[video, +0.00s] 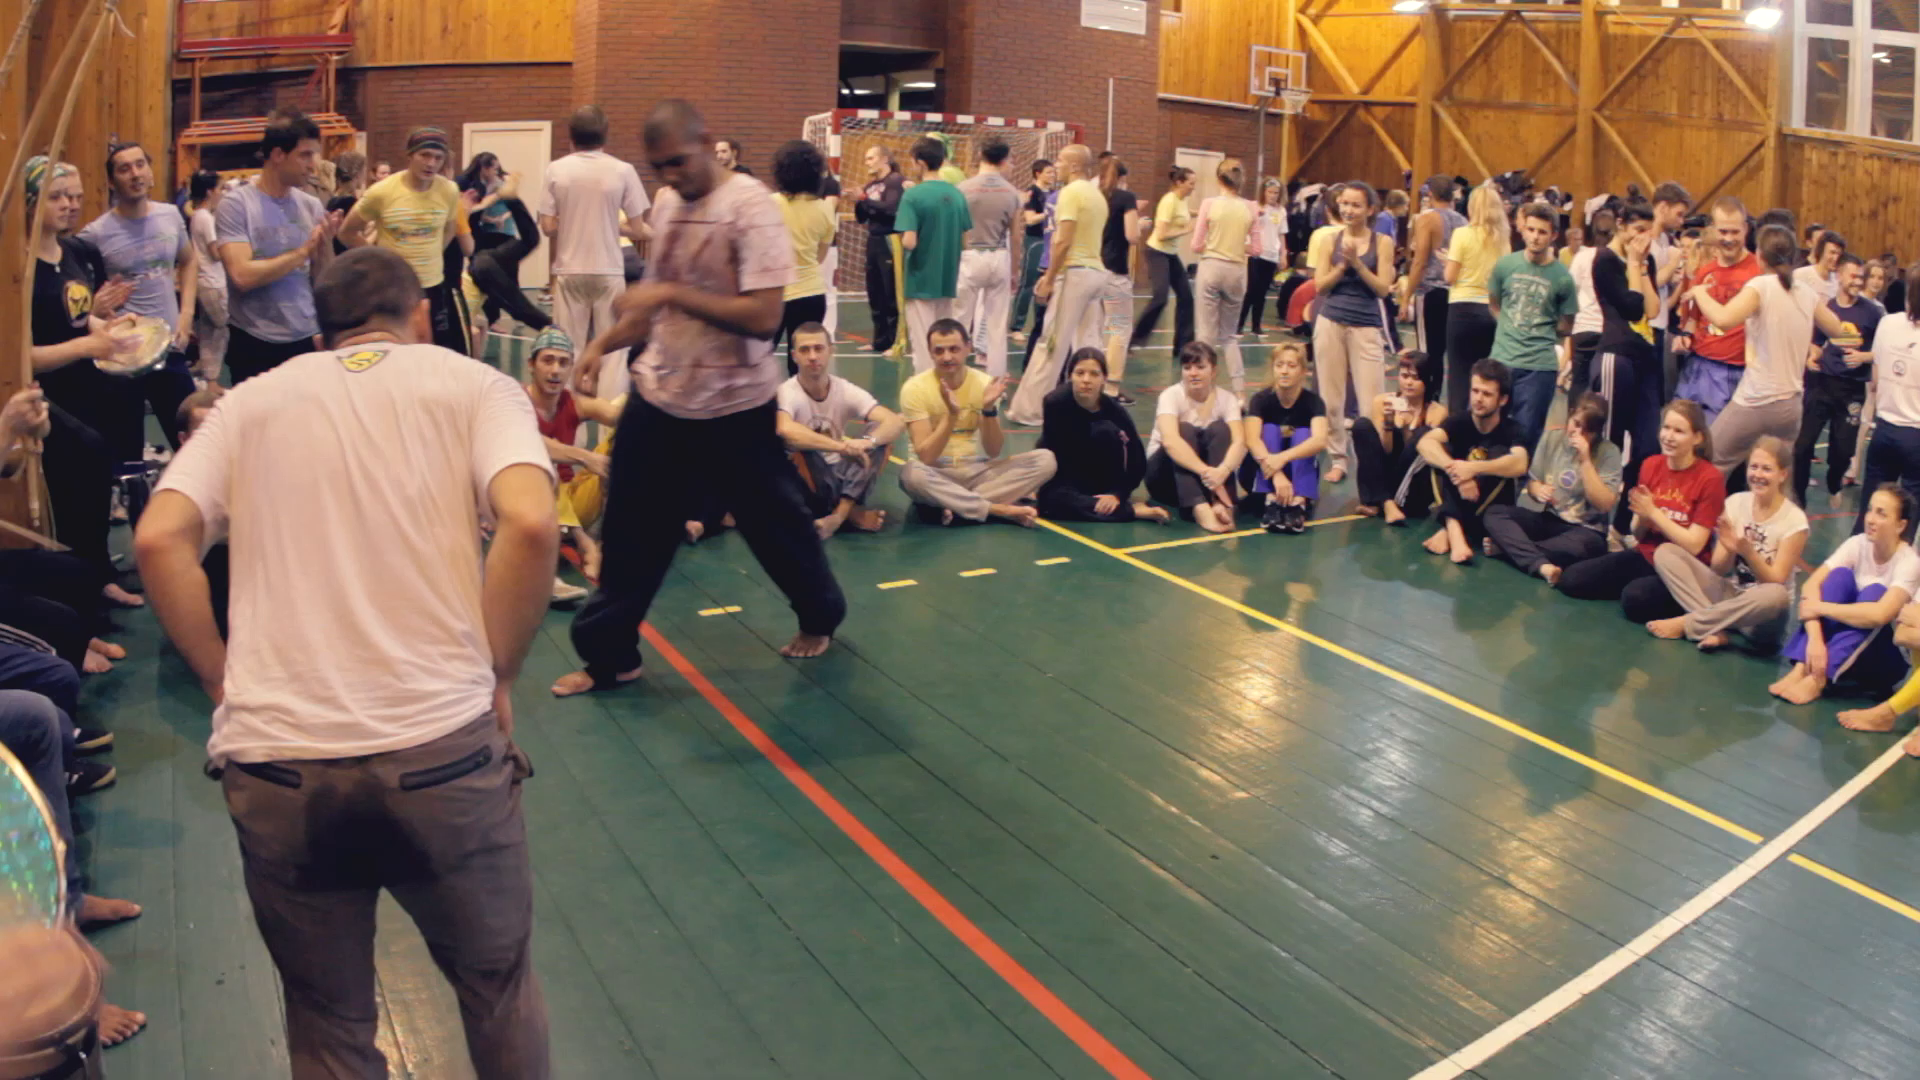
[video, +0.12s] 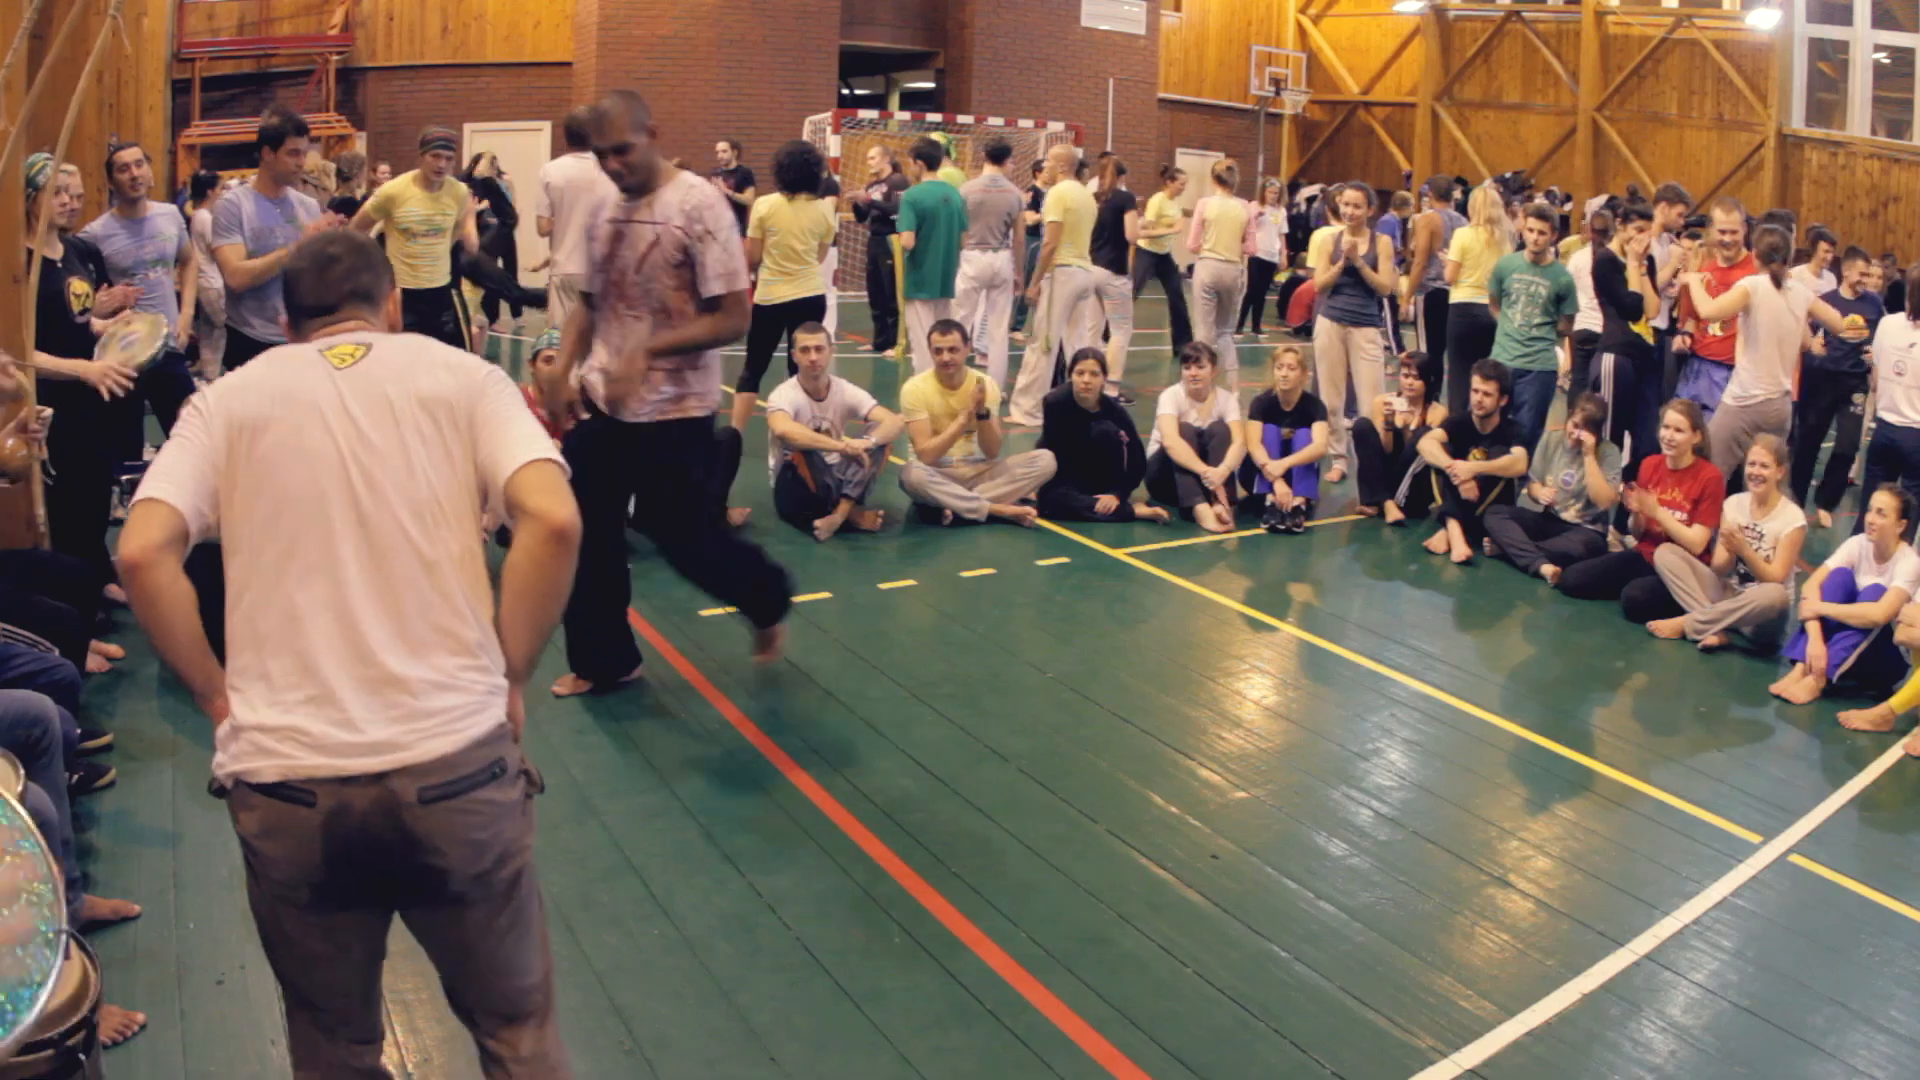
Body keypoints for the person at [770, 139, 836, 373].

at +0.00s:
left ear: (779, 171)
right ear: (816, 172)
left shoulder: (771, 205)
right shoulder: (824, 207)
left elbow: (765, 247)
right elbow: (821, 254)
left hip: (776, 293)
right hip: (812, 292)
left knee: (759, 358)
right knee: (802, 363)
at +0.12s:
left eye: (777, 166)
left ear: (778, 171)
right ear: (816, 172)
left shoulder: (764, 205)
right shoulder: (824, 209)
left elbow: (753, 256)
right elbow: (821, 254)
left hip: (770, 301)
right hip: (810, 299)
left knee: (753, 371)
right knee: (803, 369)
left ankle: (734, 438)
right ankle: (805, 437)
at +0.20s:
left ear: (778, 171)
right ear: (816, 172)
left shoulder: (764, 206)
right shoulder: (825, 209)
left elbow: (754, 256)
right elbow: (821, 254)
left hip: (770, 301)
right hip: (811, 299)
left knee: (753, 371)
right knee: (803, 370)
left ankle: (733, 439)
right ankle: (804, 438)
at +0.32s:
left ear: (779, 171)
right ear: (816, 173)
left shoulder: (764, 205)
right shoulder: (825, 209)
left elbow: (754, 255)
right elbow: (821, 254)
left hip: (771, 301)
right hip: (811, 298)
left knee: (753, 370)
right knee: (804, 369)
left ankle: (733, 439)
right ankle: (805, 438)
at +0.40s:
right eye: (818, 167)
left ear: (779, 171)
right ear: (816, 172)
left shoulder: (764, 206)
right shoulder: (824, 209)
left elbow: (754, 256)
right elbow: (822, 254)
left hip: (771, 301)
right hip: (811, 298)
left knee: (753, 369)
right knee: (804, 369)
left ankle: (734, 439)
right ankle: (807, 436)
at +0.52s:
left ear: (779, 171)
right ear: (817, 172)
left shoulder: (764, 206)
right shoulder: (825, 209)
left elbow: (754, 255)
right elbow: (822, 255)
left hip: (771, 301)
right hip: (811, 298)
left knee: (753, 369)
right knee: (804, 369)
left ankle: (734, 438)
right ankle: (806, 436)